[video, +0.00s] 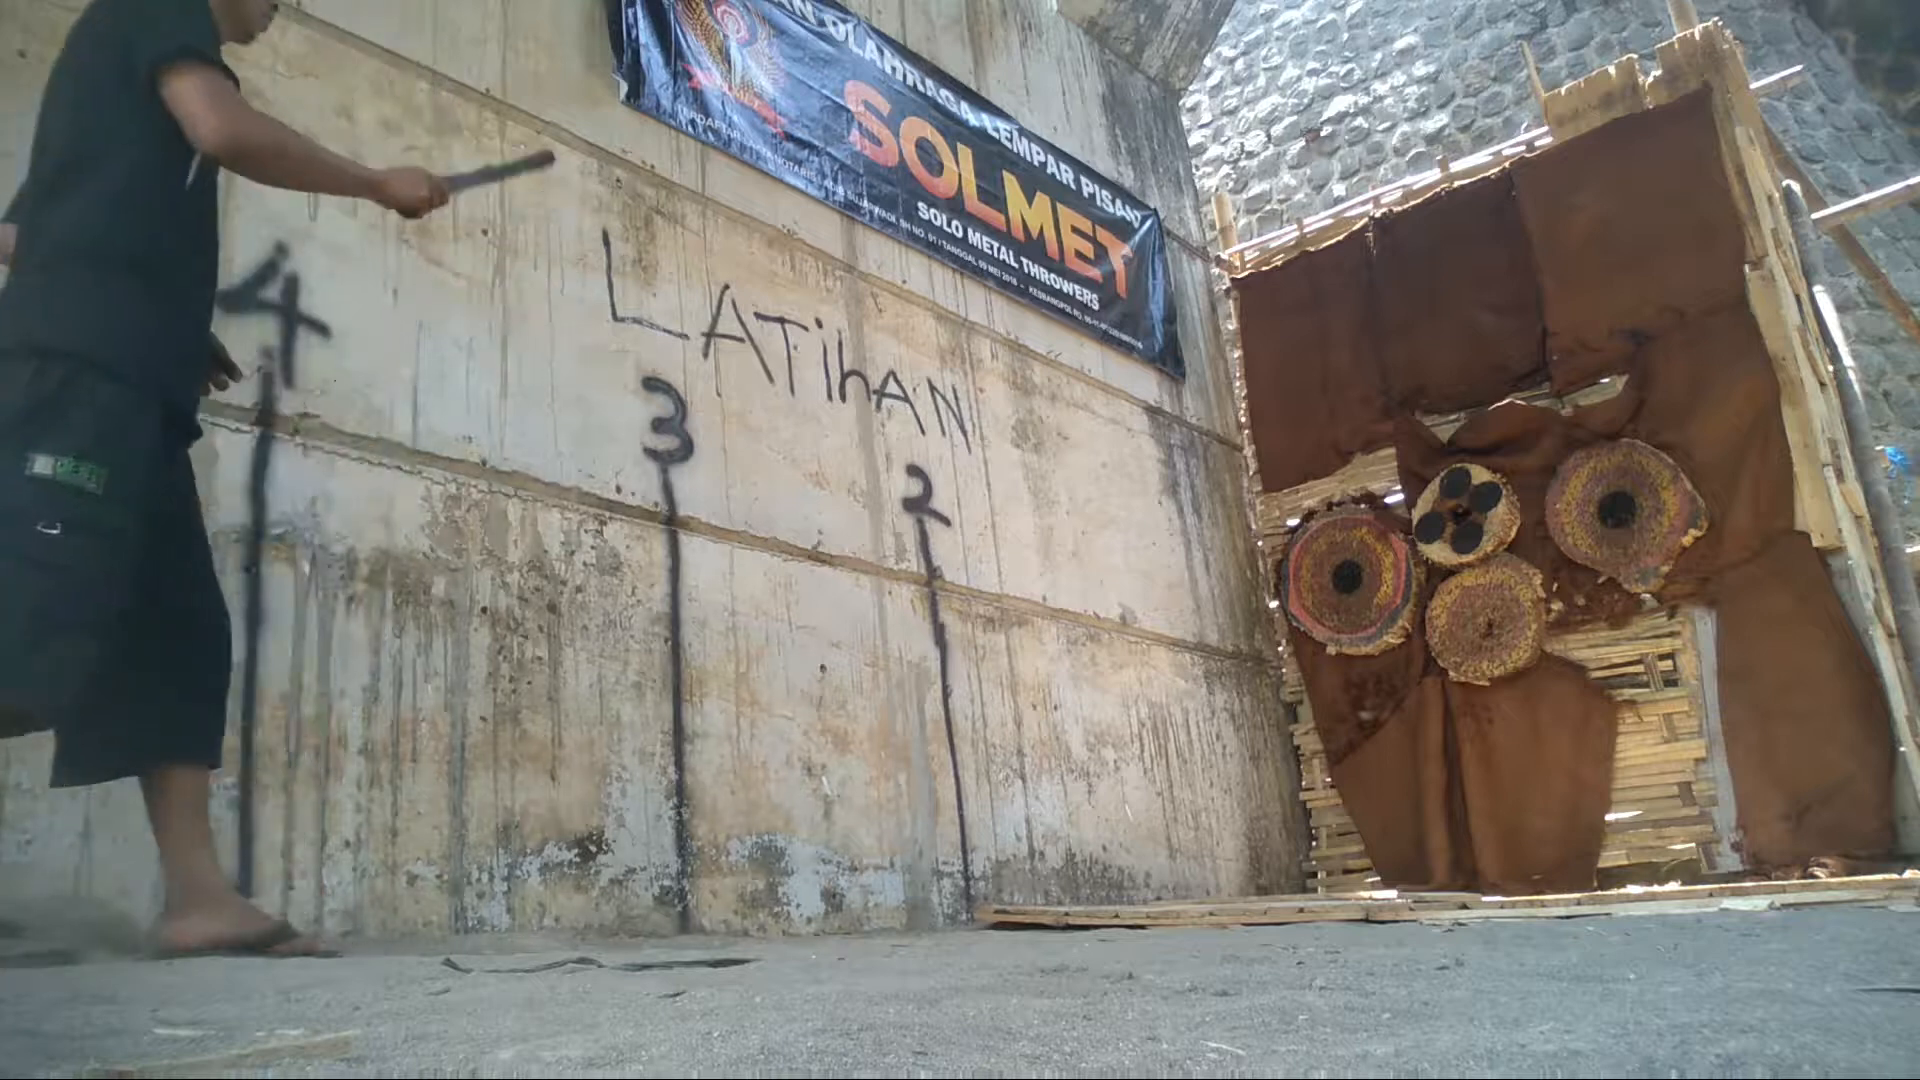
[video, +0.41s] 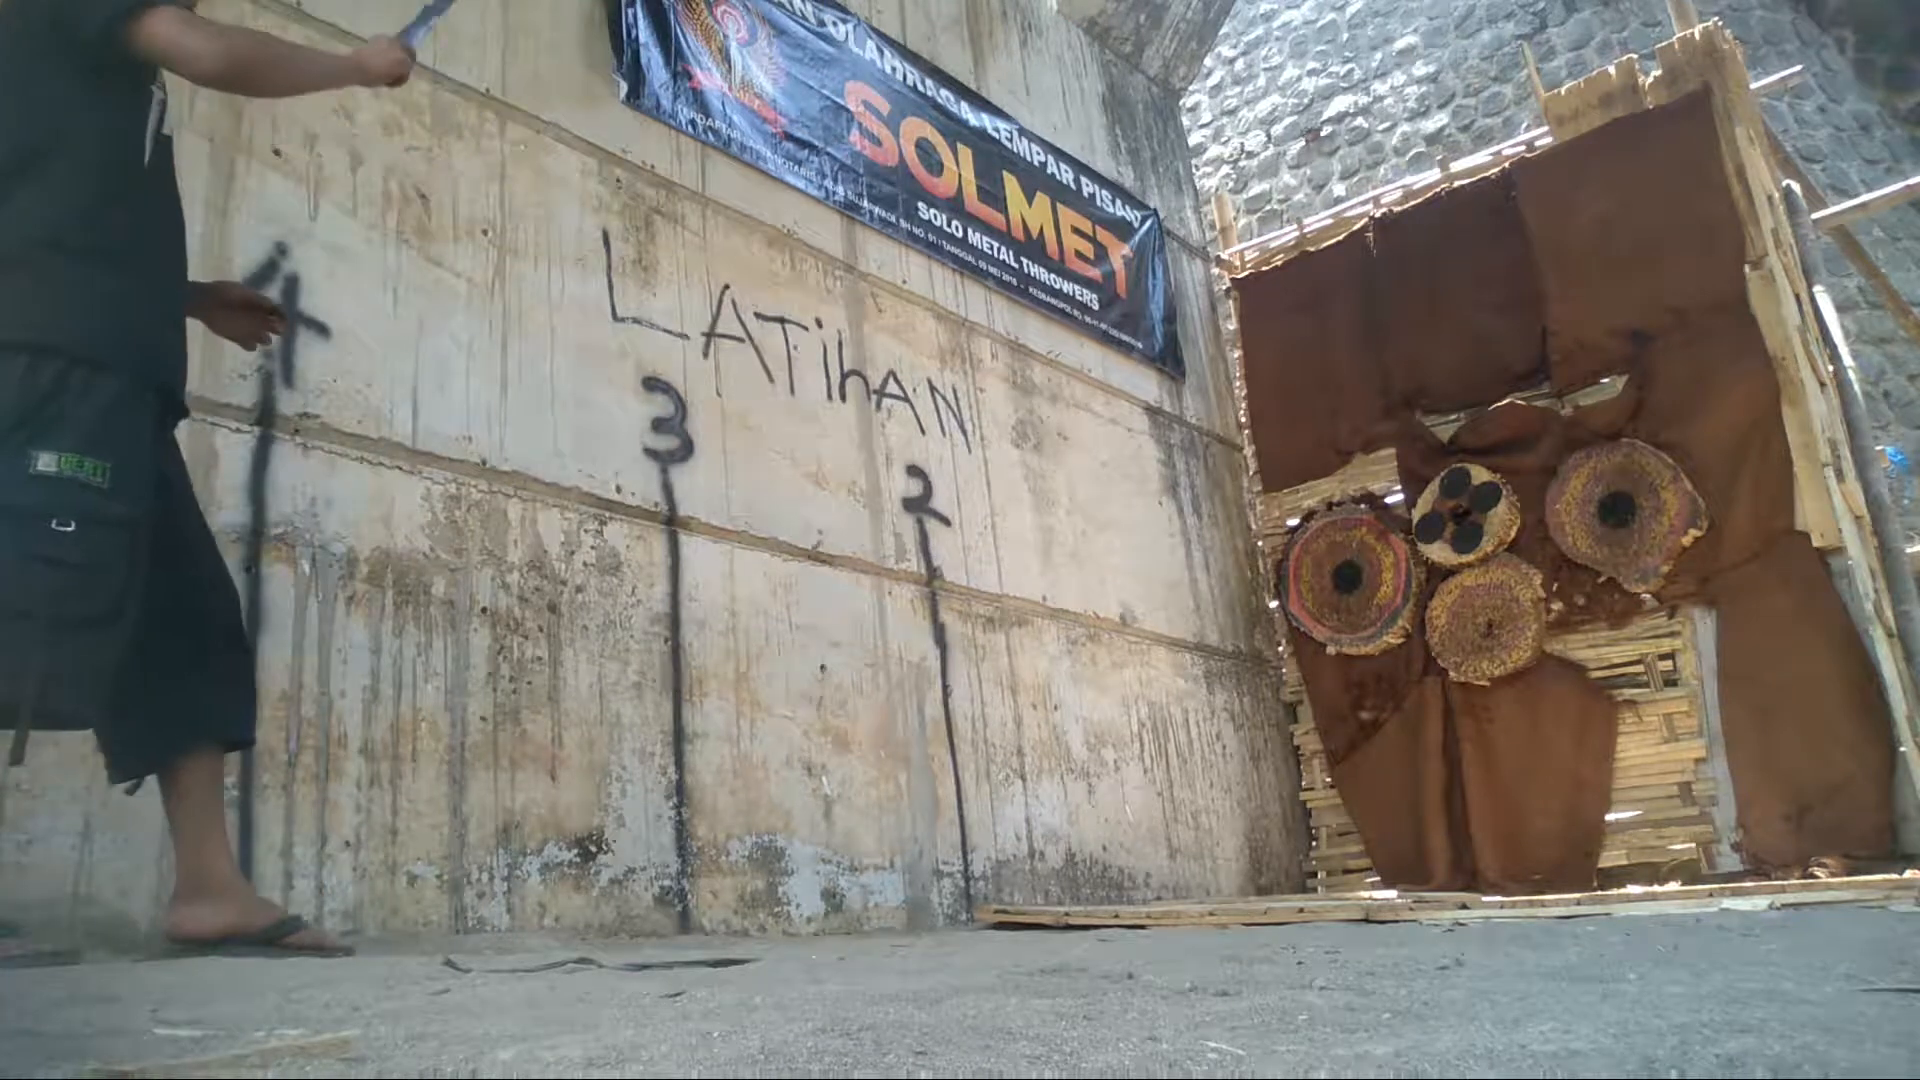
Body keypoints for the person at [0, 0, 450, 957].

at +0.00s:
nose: (269, 17)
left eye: (275, 8)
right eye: (268, 1)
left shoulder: (132, 51)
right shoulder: (155, 12)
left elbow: (30, 235)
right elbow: (221, 129)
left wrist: (177, 337)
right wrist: (377, 180)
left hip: (127, 398)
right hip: (75, 379)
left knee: (181, 635)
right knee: (41, 644)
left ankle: (199, 898)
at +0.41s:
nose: (178, 9)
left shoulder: (66, 50)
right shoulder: (73, 17)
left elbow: (50, 241)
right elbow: (207, 54)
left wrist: (191, 301)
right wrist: (353, 65)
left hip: (103, 390)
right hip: (53, 378)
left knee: (192, 622)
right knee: (22, 631)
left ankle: (209, 887)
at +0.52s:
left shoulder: (96, 49)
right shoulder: (56, 23)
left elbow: (65, 237)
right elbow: (224, 18)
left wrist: (206, 296)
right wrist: (344, 4)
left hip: (118, 384)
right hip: (41, 369)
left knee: (183, 629)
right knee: (18, 642)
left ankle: (233, 890)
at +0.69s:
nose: (229, 5)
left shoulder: (157, 68)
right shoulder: (97, 30)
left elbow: (116, 267)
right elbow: (81, 251)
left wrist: (245, 312)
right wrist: (231, 305)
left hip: (153, 408)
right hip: (77, 396)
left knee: (214, 629)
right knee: (21, 636)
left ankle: (254, 900)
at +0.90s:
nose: (295, 21)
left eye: (291, 15)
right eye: (285, 11)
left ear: (196, 10)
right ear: (250, 9)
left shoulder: (176, 88)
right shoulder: (207, 66)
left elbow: (143, 254)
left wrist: (269, 331)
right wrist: (270, 322)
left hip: (164, 384)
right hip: (157, 378)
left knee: (248, 636)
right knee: (59, 628)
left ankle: (255, 901)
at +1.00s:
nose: (291, 31)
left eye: (286, 18)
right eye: (280, 16)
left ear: (187, 34)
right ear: (246, 17)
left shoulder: (119, 139)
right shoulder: (273, 74)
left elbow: (89, 301)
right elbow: (467, 117)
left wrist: (266, 340)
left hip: (107, 387)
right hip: (173, 385)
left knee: (229, 633)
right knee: (59, 623)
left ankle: (255, 901)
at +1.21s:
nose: (320, 65)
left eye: (316, 45)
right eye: (312, 44)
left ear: (211, 57)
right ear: (271, 40)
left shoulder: (129, 138)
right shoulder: (313, 119)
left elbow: (30, 250)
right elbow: (439, 263)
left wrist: (121, 326)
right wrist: (539, 361)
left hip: (95, 383)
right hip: (179, 382)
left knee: (207, 628)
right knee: (61, 621)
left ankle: (250, 900)